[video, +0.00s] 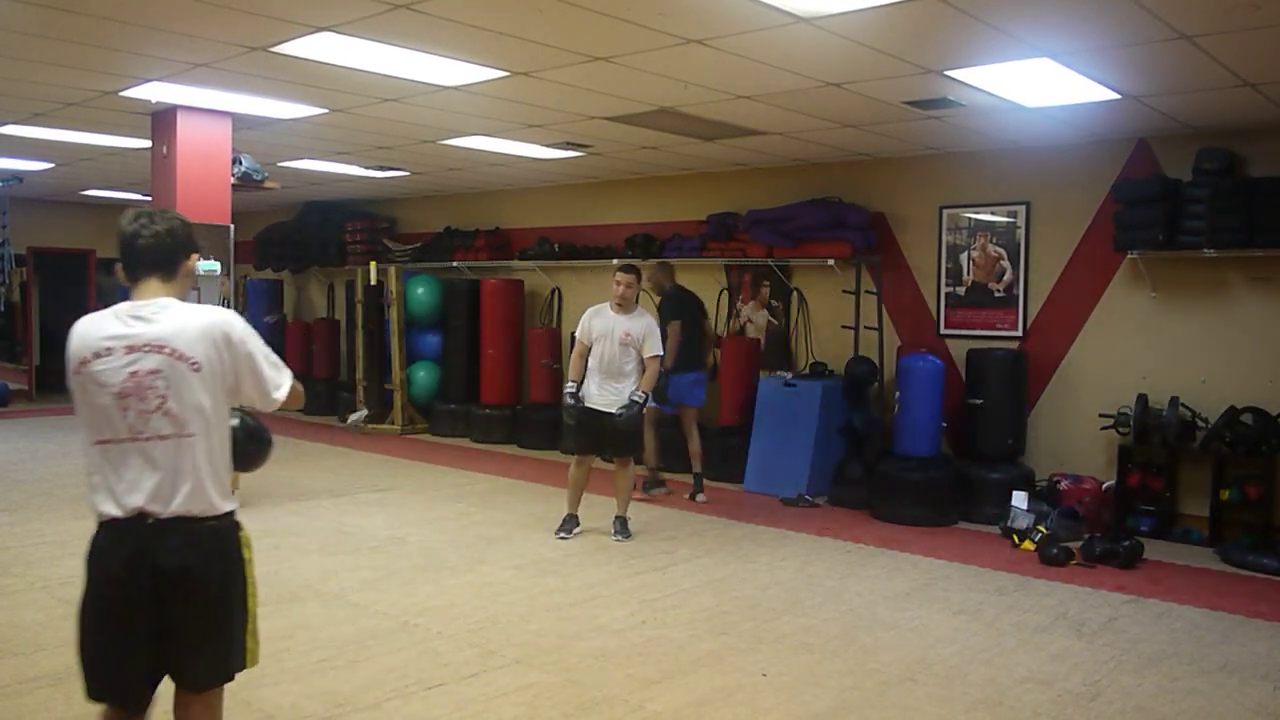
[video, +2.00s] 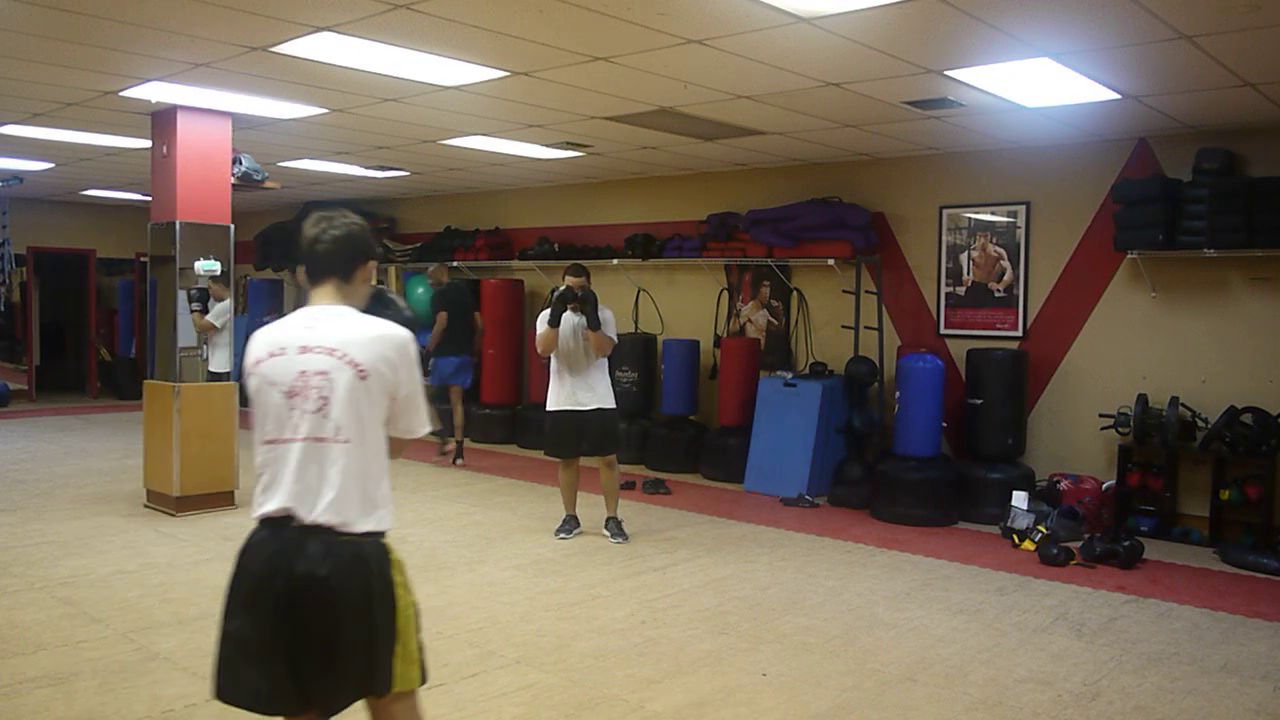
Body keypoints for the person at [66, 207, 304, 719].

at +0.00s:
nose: (197, 268)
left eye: (193, 259)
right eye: (195, 260)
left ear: (122, 270)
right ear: (188, 264)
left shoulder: (82, 336)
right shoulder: (218, 327)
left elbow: (109, 424)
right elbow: (290, 396)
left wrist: (214, 440)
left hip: (119, 548)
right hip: (204, 547)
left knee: (121, 703)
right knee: (200, 699)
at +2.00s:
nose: (374, 277)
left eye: (372, 267)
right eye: (373, 267)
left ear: (302, 272)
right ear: (366, 268)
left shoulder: (260, 343)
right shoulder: (392, 342)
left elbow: (266, 432)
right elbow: (399, 441)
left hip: (271, 554)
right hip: (356, 560)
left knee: (299, 707)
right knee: (394, 702)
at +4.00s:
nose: (636, 300)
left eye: (634, 291)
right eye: (635, 291)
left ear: (642, 287)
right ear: (683, 280)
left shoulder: (631, 334)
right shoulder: (724, 332)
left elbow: (591, 393)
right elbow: (726, 390)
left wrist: (648, 391)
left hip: (631, 494)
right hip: (696, 495)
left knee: (598, 613)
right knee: (682, 627)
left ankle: (579, 716)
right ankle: (673, 718)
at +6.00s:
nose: (571, 294)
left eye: (572, 288)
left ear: (577, 293)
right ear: (626, 290)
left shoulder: (550, 349)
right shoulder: (655, 343)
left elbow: (521, 432)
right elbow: (664, 413)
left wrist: (570, 402)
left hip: (573, 513)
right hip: (641, 513)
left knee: (544, 623)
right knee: (631, 656)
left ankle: (519, 716)